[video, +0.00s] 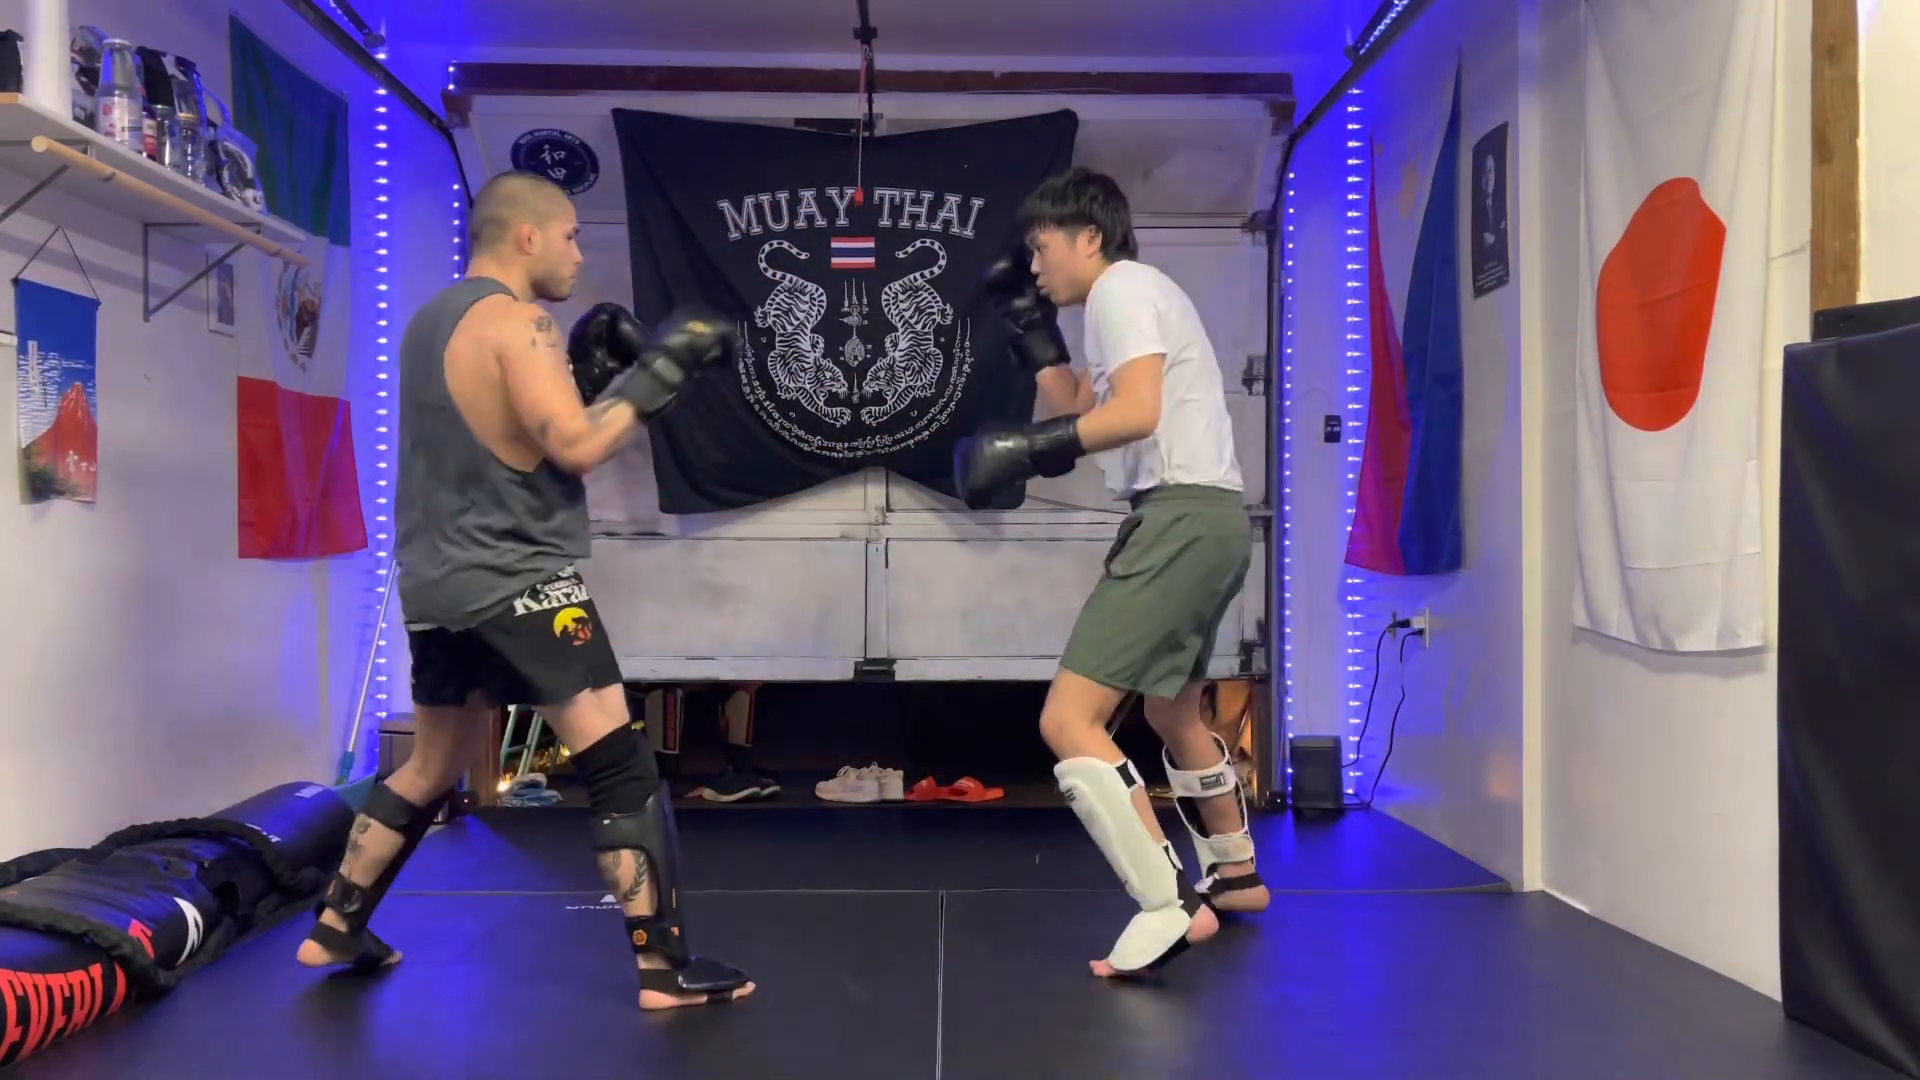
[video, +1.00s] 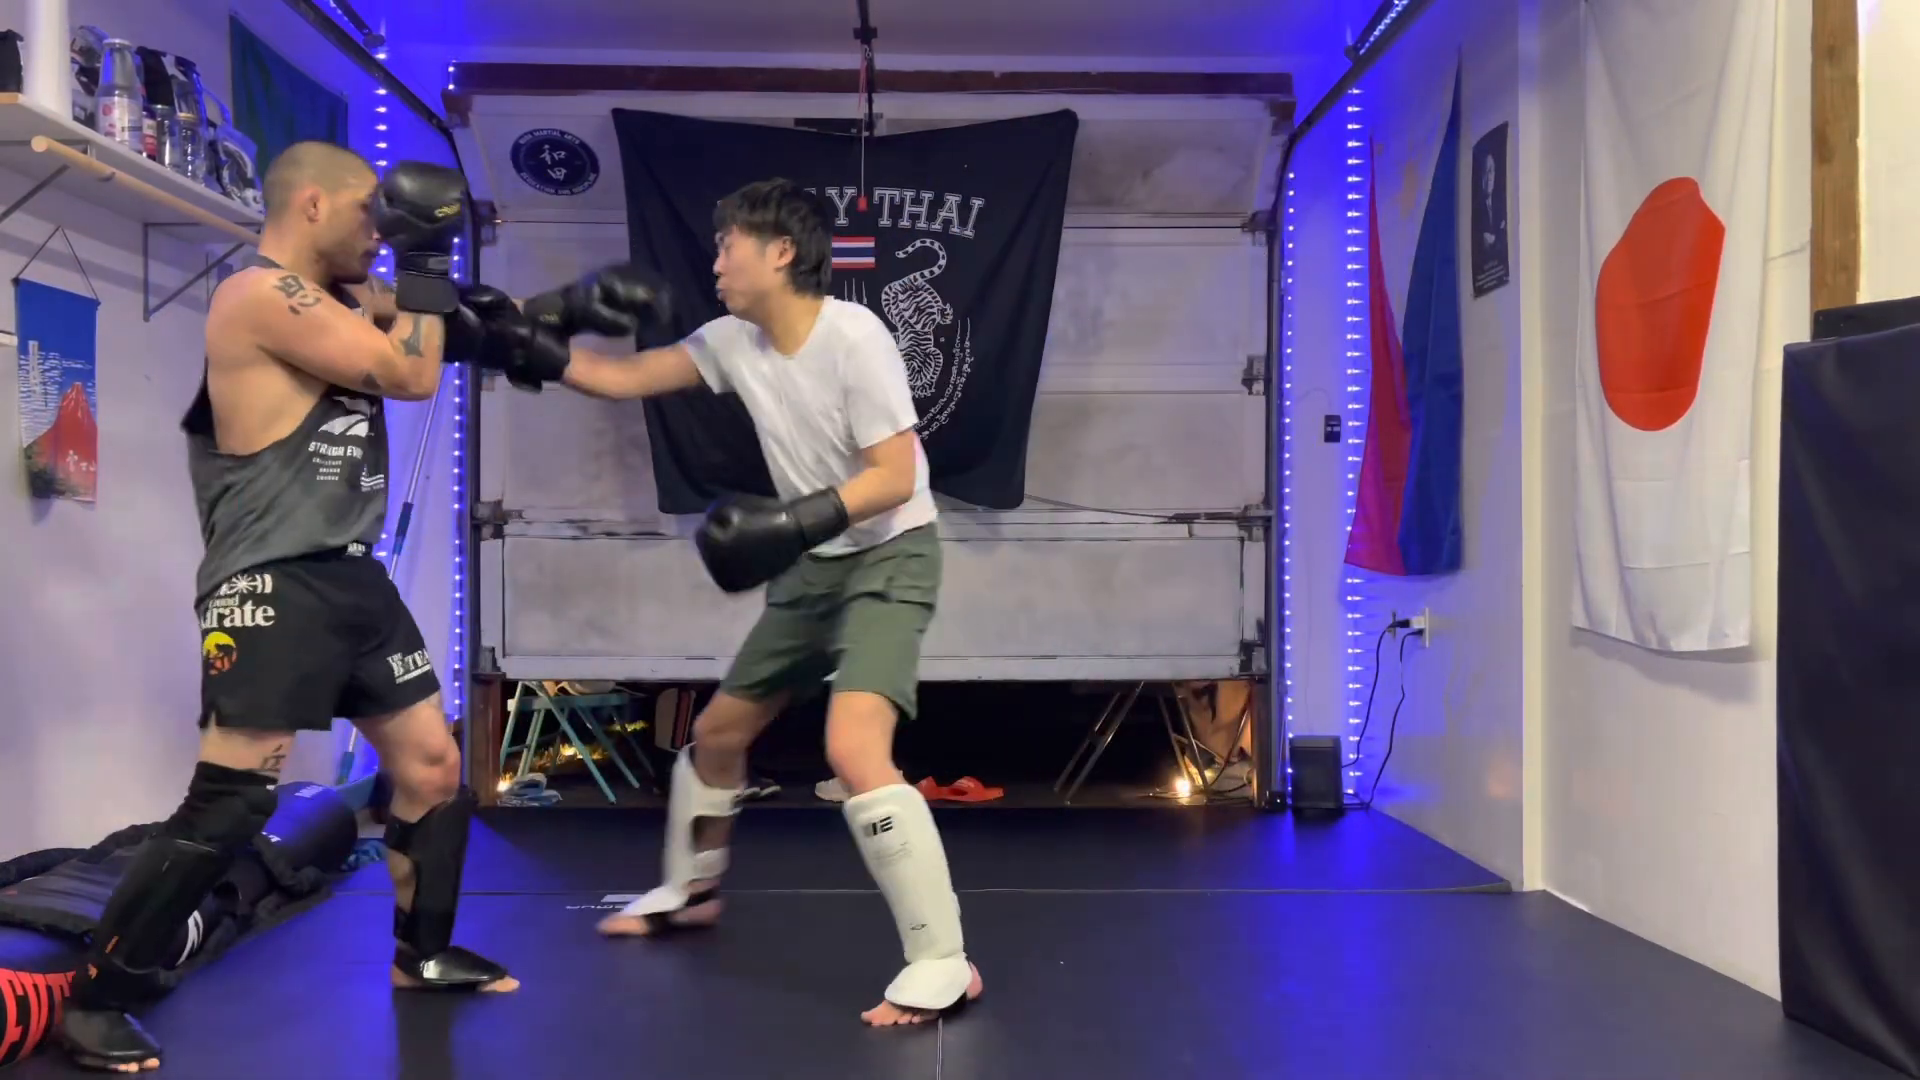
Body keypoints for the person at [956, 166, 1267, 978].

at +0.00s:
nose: (1033, 264)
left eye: (1040, 246)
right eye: (1032, 250)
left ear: (1087, 238)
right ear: (1087, 244)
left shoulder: (1123, 287)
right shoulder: (1127, 303)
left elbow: (1138, 409)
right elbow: (1068, 402)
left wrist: (1033, 447)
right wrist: (1032, 329)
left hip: (1181, 517)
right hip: (1210, 520)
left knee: (1070, 720)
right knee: (1173, 708)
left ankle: (1167, 905)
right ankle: (1236, 872)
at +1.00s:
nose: (717, 259)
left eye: (731, 243)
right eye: (719, 244)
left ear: (785, 255)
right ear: (759, 258)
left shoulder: (856, 339)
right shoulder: (732, 340)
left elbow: (898, 471)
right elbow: (626, 374)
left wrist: (794, 520)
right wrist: (528, 344)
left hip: (893, 553)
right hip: (812, 565)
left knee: (855, 746)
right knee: (719, 734)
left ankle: (941, 961)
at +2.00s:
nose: (798, 257)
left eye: (810, 240)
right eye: (797, 241)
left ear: (860, 241)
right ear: (869, 247)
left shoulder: (878, 296)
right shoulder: (914, 305)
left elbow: (848, 404)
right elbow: (861, 439)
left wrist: (753, 359)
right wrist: (781, 375)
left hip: (952, 537)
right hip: (995, 538)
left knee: (827, 732)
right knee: (971, 728)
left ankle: (942, 914)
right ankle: (1009, 887)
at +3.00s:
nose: (738, 238)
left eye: (756, 220)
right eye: (738, 221)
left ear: (826, 230)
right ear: (801, 235)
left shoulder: (869, 324)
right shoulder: (793, 320)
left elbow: (850, 491)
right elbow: (732, 415)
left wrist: (717, 460)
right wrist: (640, 381)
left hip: (946, 589)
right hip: (891, 586)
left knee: (767, 770)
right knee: (913, 785)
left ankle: (780, 1046)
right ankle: (1025, 905)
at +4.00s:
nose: (1158, 179)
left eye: (1178, 158)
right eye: (1157, 161)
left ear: (1239, 167)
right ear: (1195, 175)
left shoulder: (1295, 240)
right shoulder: (1209, 281)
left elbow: (1339, 388)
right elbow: (1139, 373)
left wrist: (1208, 377)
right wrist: (1111, 278)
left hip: (1344, 515)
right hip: (1292, 526)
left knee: (1280, 747)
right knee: (1360, 754)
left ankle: (1314, 1020)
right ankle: (1476, 929)